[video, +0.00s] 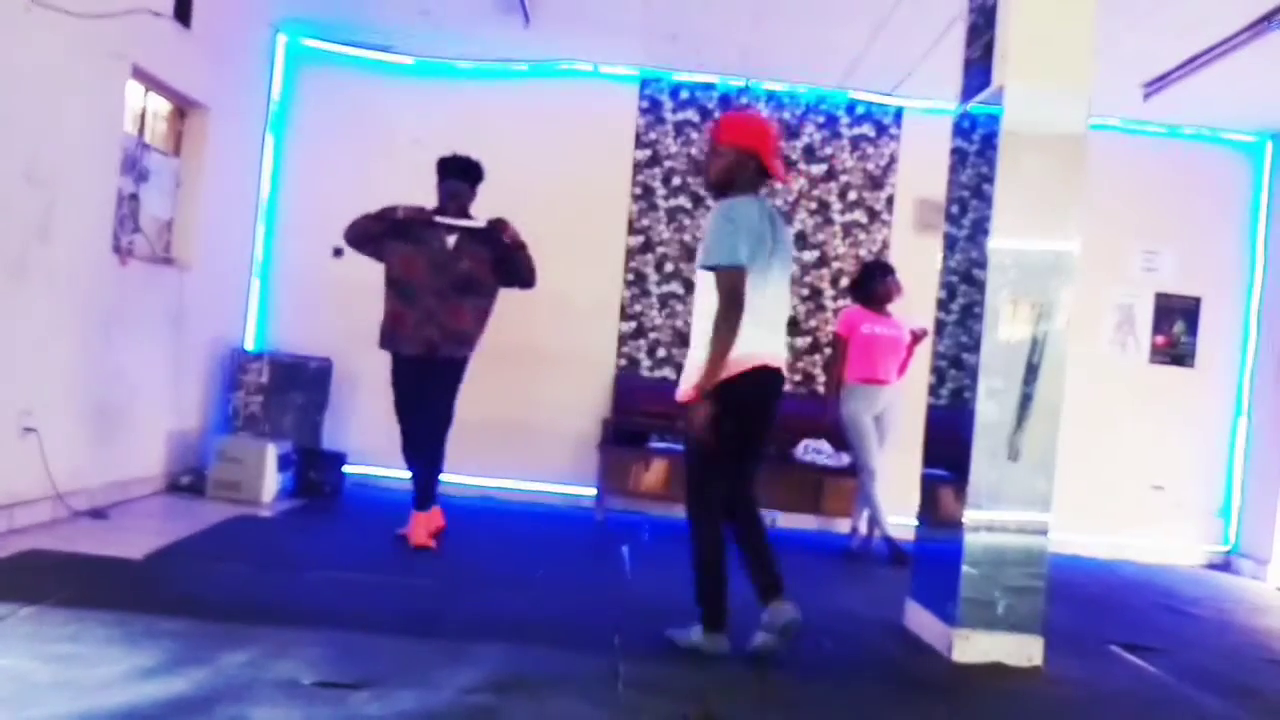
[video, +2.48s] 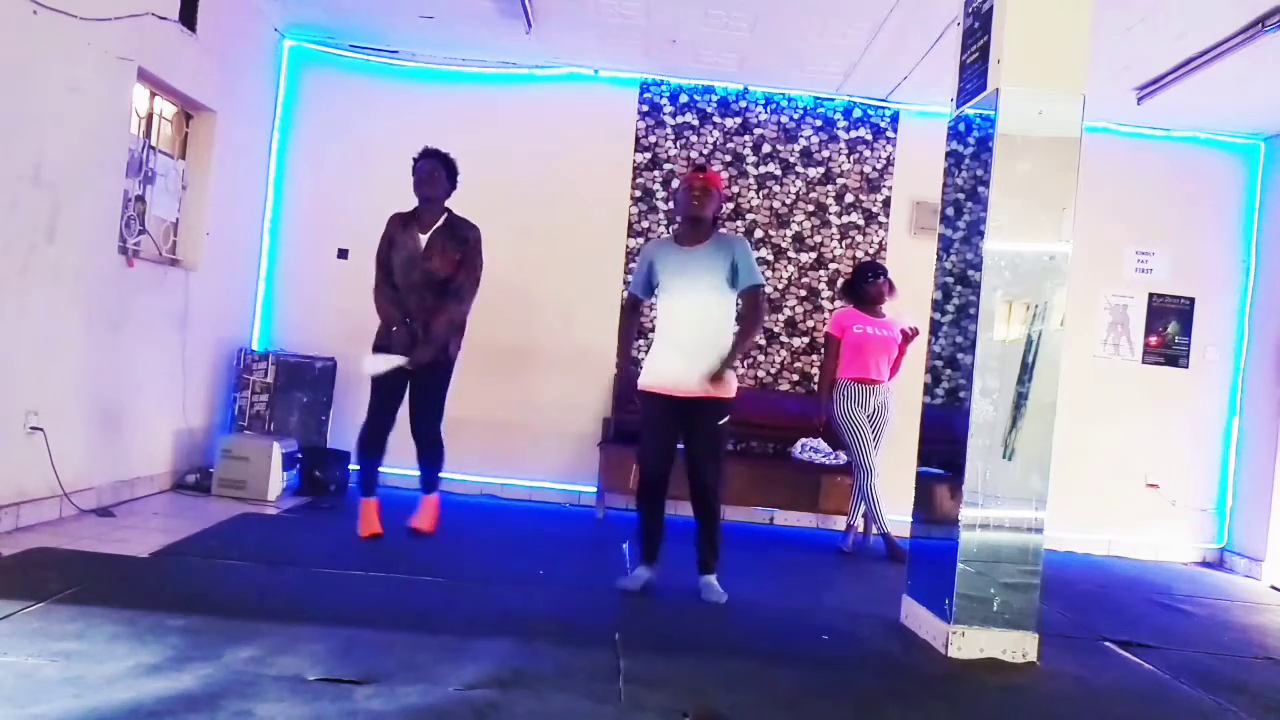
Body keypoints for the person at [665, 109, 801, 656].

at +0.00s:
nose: (706, 162)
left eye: (717, 153)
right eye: (710, 152)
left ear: (743, 162)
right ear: (755, 166)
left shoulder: (731, 216)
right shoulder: (772, 219)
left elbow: (731, 304)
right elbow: (770, 305)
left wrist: (705, 385)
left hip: (728, 376)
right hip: (764, 375)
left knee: (704, 500)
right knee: (738, 493)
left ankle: (712, 625)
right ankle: (775, 601)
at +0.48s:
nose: (668, 194)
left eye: (679, 186)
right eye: (664, 185)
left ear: (698, 194)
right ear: (657, 191)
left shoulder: (717, 236)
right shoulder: (655, 250)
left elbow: (763, 287)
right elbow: (635, 302)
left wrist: (718, 343)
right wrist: (629, 343)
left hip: (733, 384)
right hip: (693, 381)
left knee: (719, 490)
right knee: (686, 483)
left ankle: (725, 604)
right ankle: (692, 582)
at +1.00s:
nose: (686, 207)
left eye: (694, 199)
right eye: (678, 198)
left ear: (705, 205)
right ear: (665, 203)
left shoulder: (726, 256)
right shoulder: (645, 250)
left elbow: (738, 326)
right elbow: (633, 316)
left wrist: (720, 314)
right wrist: (690, 301)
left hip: (698, 380)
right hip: (651, 373)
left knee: (670, 471)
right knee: (663, 470)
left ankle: (645, 547)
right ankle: (669, 570)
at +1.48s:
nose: (691, 213)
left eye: (699, 207)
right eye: (684, 204)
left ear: (707, 215)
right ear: (670, 205)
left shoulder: (692, 259)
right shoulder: (654, 238)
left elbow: (683, 318)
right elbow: (675, 296)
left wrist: (697, 348)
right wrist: (710, 277)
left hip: (665, 376)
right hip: (625, 372)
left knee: (676, 463)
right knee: (623, 467)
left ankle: (631, 547)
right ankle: (607, 553)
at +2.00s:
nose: (681, 202)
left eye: (690, 195)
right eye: (675, 194)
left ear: (705, 203)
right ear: (664, 200)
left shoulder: (722, 251)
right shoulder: (644, 251)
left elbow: (732, 309)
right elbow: (596, 288)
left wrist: (686, 294)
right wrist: (572, 323)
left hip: (681, 379)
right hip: (635, 373)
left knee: (650, 466)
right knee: (624, 458)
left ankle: (616, 563)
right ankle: (640, 538)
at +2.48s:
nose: (697, 198)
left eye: (705, 193)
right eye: (691, 191)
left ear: (719, 203)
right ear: (678, 198)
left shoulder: (735, 249)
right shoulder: (655, 251)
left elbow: (755, 313)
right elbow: (631, 308)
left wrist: (729, 361)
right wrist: (624, 359)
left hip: (711, 391)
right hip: (659, 387)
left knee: (706, 486)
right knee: (650, 478)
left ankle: (708, 573)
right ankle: (646, 563)